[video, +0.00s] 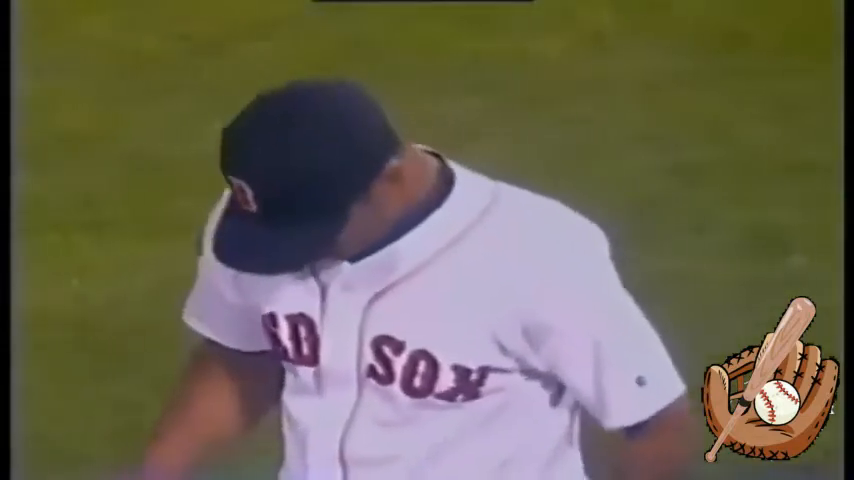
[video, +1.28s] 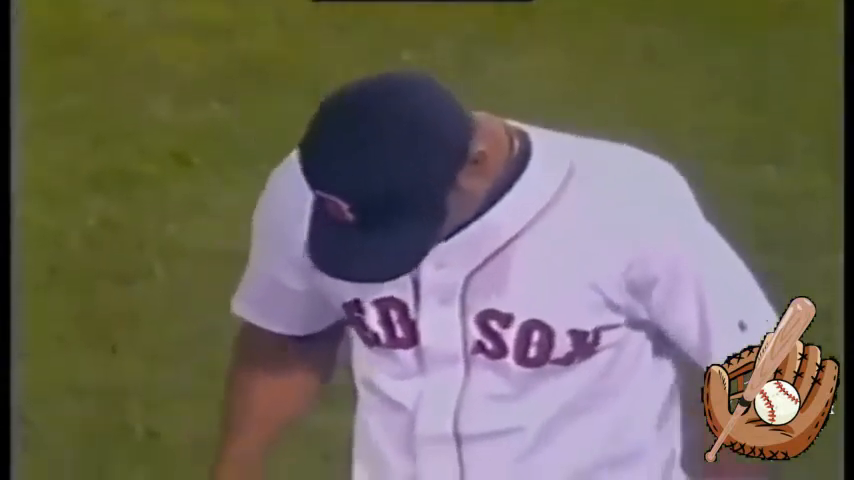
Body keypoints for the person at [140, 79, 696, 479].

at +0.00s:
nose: (305, 257)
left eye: (318, 237)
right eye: (287, 240)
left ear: (390, 180)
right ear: (256, 203)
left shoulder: (547, 253)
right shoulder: (255, 223)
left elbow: (666, 430)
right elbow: (240, 363)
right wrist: (159, 465)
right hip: (312, 468)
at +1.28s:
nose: (379, 260)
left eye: (405, 231)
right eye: (361, 238)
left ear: (471, 167)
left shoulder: (633, 201)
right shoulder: (307, 197)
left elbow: (759, 373)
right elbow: (281, 344)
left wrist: (741, 443)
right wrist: (237, 465)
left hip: (612, 468)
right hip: (399, 465)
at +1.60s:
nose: (347, 252)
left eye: (370, 233)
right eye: (329, 227)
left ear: (445, 176)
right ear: (297, 168)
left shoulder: (593, 212)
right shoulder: (268, 174)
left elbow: (704, 384)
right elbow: (211, 329)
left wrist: (689, 465)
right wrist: (181, 458)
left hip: (536, 467)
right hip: (317, 466)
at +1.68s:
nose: (314, 253)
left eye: (339, 233)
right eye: (295, 228)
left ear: (414, 173)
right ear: (263, 170)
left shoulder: (556, 213)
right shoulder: (233, 175)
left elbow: (669, 383)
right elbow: (173, 326)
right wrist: (143, 460)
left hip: (496, 471)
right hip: (280, 470)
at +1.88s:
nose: (294, 247)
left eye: (320, 223)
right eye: (275, 224)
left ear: (394, 158)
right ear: (245, 170)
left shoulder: (534, 200)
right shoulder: (208, 179)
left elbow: (681, 369)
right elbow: (159, 332)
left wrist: (710, 465)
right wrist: (123, 465)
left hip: (484, 473)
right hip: (269, 471)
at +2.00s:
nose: (290, 239)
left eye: (314, 217)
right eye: (271, 215)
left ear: (387, 149)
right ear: (242, 161)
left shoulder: (526, 187)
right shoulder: (201, 175)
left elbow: (697, 347)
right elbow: (156, 330)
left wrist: (764, 433)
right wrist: (121, 466)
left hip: (479, 468)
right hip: (263, 466)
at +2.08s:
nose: (289, 234)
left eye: (311, 208)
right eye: (268, 212)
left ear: (377, 142)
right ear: (230, 158)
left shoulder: (518, 185)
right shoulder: (194, 174)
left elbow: (687, 344)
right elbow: (151, 328)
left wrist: (766, 432)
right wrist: (119, 467)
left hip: (466, 470)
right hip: (257, 467)